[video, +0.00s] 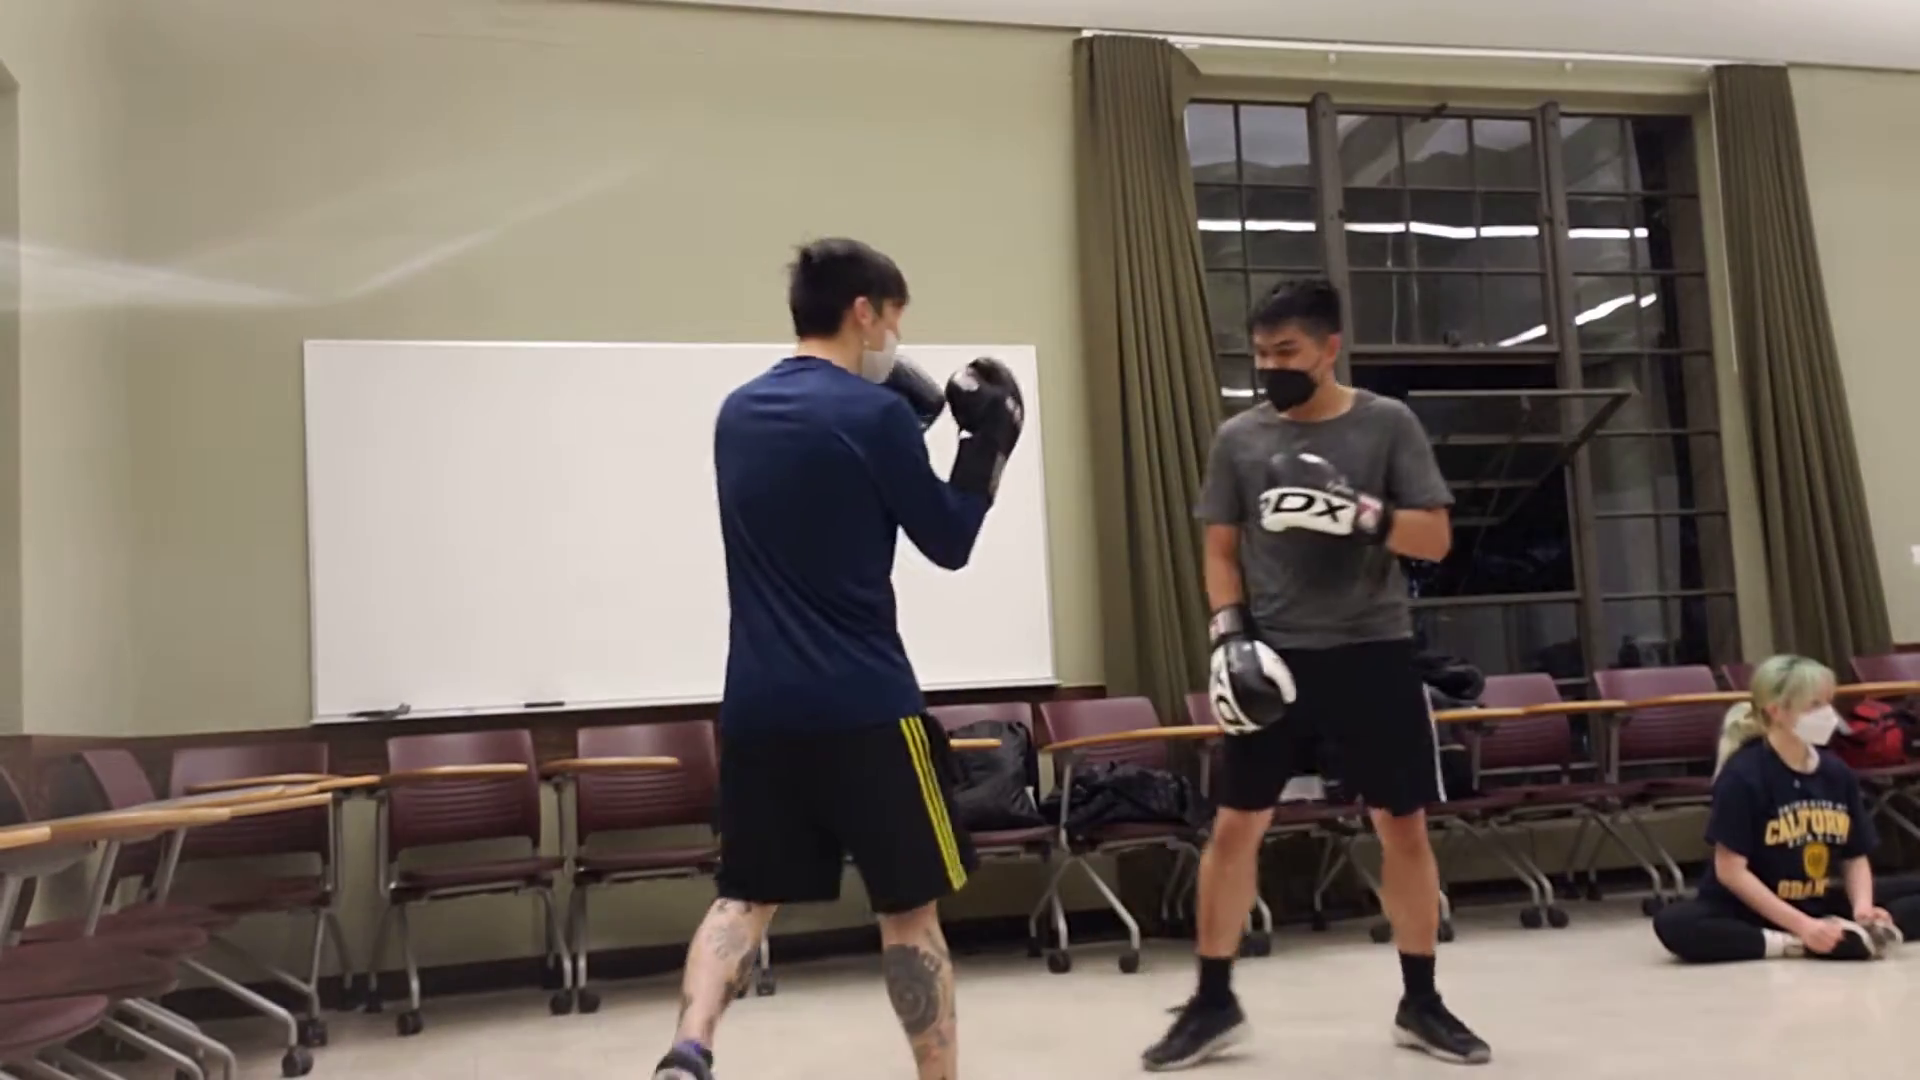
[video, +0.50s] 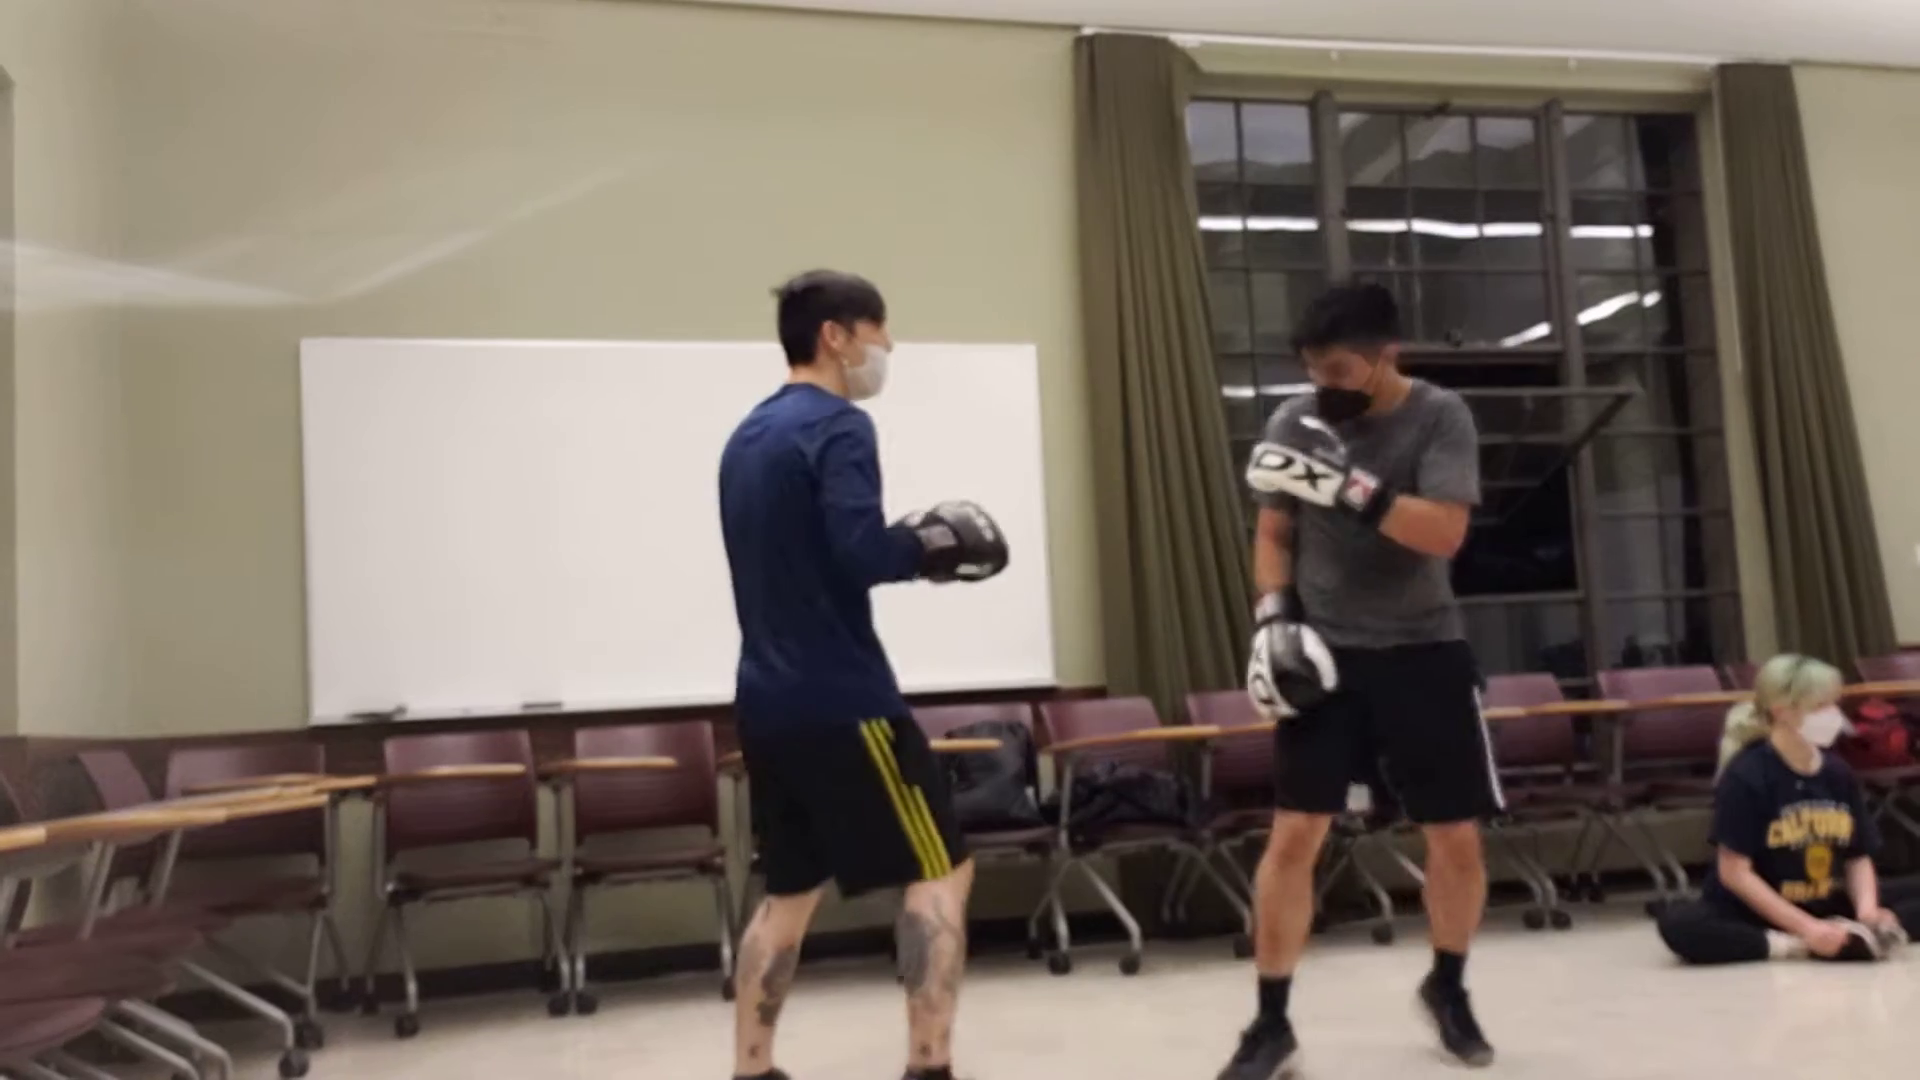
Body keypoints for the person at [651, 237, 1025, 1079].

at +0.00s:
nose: (895, 341)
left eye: (900, 325)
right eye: (895, 323)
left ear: (803, 316)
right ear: (861, 314)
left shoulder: (740, 410)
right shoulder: (875, 416)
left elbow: (815, 493)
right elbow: (948, 539)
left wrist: (899, 417)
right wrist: (991, 444)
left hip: (757, 703)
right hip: (866, 703)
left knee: (744, 892)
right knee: (907, 909)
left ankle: (689, 1047)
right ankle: (938, 1070)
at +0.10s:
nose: (908, 349)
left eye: (911, 333)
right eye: (908, 330)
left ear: (821, 322)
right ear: (874, 321)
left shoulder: (749, 408)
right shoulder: (884, 413)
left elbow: (823, 488)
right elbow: (950, 544)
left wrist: (916, 434)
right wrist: (995, 459)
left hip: (762, 697)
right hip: (866, 698)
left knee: (774, 885)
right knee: (911, 903)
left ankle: (714, 1066)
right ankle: (938, 1071)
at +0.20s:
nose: (909, 356)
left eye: (910, 339)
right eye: (906, 338)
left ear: (823, 332)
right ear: (870, 328)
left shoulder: (746, 419)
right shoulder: (879, 418)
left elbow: (820, 534)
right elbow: (925, 561)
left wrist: (929, 484)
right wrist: (975, 498)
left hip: (768, 702)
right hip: (866, 703)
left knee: (782, 900)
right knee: (908, 909)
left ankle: (752, 1067)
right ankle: (938, 1072)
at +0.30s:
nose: (900, 364)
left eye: (902, 347)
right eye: (896, 346)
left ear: (821, 342)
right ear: (858, 337)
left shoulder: (743, 434)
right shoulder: (868, 428)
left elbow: (784, 561)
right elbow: (896, 570)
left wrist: (920, 529)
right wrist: (957, 537)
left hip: (771, 706)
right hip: (863, 705)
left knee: (791, 896)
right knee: (911, 901)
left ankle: (754, 1067)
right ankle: (936, 1071)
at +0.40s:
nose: (890, 367)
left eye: (891, 351)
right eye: (885, 350)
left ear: (818, 347)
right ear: (844, 342)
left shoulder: (747, 436)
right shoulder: (855, 428)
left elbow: (794, 565)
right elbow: (873, 562)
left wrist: (909, 530)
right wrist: (942, 547)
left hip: (767, 706)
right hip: (851, 705)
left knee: (791, 894)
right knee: (919, 893)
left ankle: (753, 1067)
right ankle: (932, 1071)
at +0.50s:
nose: (887, 351)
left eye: (885, 335)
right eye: (878, 335)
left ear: (816, 342)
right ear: (833, 337)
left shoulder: (747, 436)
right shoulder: (838, 427)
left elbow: (791, 572)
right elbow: (859, 557)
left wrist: (910, 546)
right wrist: (935, 541)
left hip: (767, 704)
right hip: (846, 702)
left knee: (793, 885)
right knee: (939, 870)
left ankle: (752, 1068)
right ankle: (930, 1066)